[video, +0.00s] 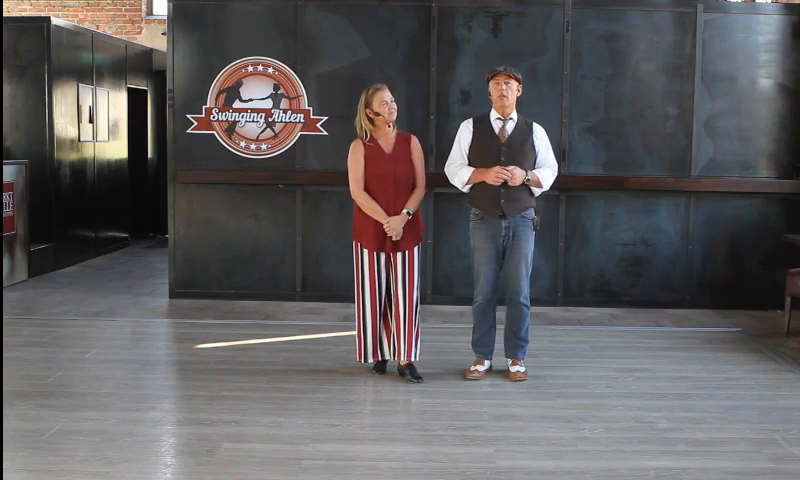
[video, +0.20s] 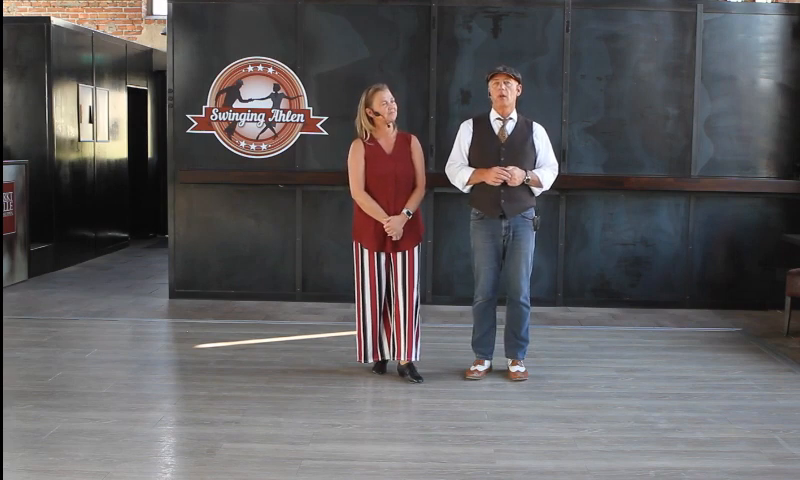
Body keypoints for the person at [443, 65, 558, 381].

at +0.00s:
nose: (503, 91)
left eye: (508, 86)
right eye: (497, 86)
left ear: (518, 91)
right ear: (489, 91)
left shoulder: (534, 131)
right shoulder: (470, 127)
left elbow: (549, 171)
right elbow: (452, 169)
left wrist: (525, 176)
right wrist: (482, 174)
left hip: (521, 221)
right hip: (483, 221)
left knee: (518, 293)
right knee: (484, 292)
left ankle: (516, 359)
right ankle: (482, 358)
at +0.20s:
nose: (502, 90)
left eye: (508, 85)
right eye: (497, 85)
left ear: (518, 91)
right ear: (489, 91)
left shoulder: (534, 130)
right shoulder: (470, 128)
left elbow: (550, 170)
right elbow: (453, 169)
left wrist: (525, 176)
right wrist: (482, 174)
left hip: (522, 221)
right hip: (483, 220)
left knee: (518, 292)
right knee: (484, 292)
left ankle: (516, 359)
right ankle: (482, 358)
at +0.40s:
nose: (502, 90)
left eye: (508, 85)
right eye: (496, 85)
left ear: (517, 90)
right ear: (489, 91)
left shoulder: (534, 130)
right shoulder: (470, 128)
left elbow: (550, 170)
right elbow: (453, 169)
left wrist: (524, 177)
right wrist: (480, 175)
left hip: (522, 220)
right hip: (483, 220)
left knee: (518, 292)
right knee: (484, 292)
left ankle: (516, 359)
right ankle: (482, 358)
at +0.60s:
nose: (502, 90)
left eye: (507, 85)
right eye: (496, 85)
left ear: (517, 90)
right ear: (489, 90)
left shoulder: (535, 130)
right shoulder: (470, 128)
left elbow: (550, 171)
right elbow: (454, 169)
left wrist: (522, 177)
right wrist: (480, 175)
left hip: (521, 220)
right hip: (482, 220)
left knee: (518, 292)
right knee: (484, 292)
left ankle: (516, 359)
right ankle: (482, 358)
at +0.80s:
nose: (502, 90)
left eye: (508, 85)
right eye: (497, 85)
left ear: (518, 90)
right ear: (489, 91)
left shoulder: (535, 130)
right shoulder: (471, 127)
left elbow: (550, 171)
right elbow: (454, 168)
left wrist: (524, 177)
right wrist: (477, 175)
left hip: (521, 220)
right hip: (482, 220)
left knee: (518, 292)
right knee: (484, 292)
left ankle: (516, 359)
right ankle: (482, 358)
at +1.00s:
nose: (503, 92)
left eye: (509, 87)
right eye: (498, 86)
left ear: (518, 91)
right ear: (490, 91)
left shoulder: (535, 130)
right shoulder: (471, 127)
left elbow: (550, 171)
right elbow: (453, 168)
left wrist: (525, 177)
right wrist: (476, 174)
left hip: (521, 220)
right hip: (483, 220)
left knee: (518, 292)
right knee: (484, 292)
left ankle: (516, 359)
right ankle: (482, 358)